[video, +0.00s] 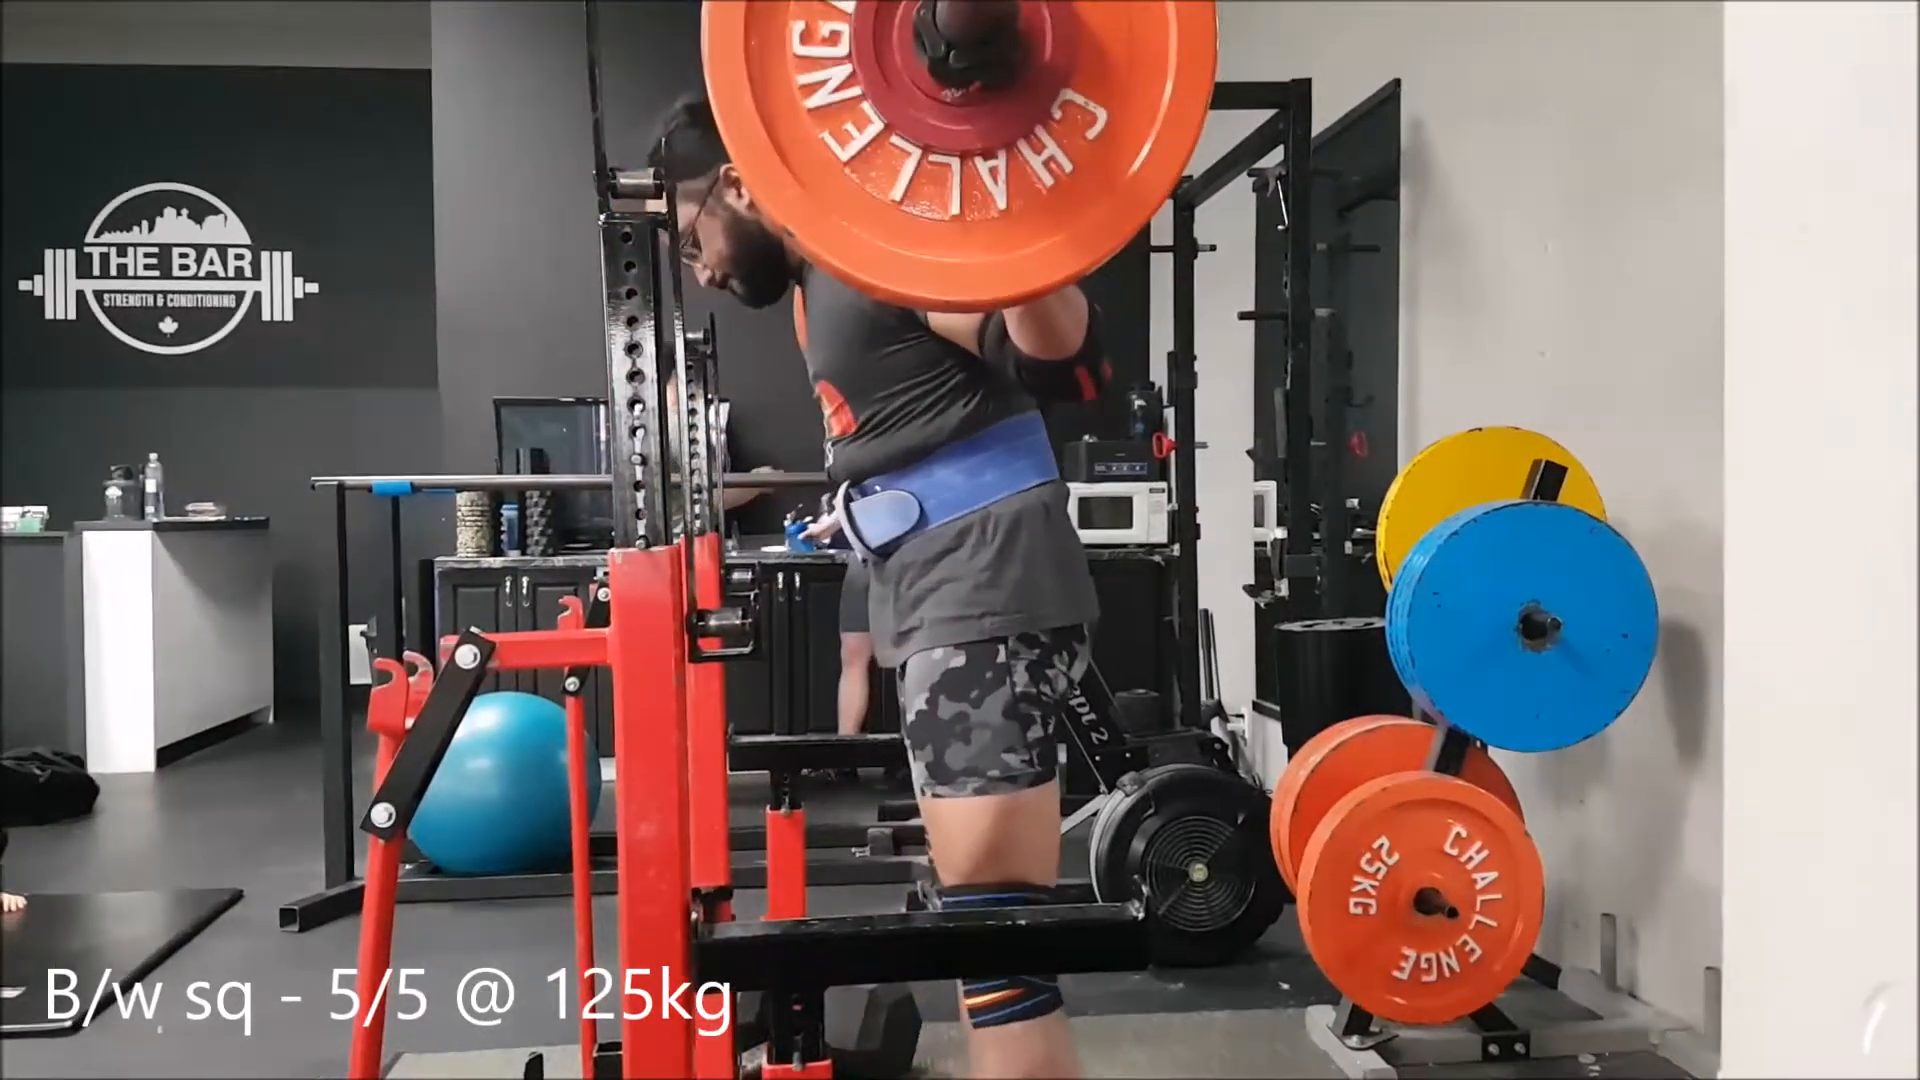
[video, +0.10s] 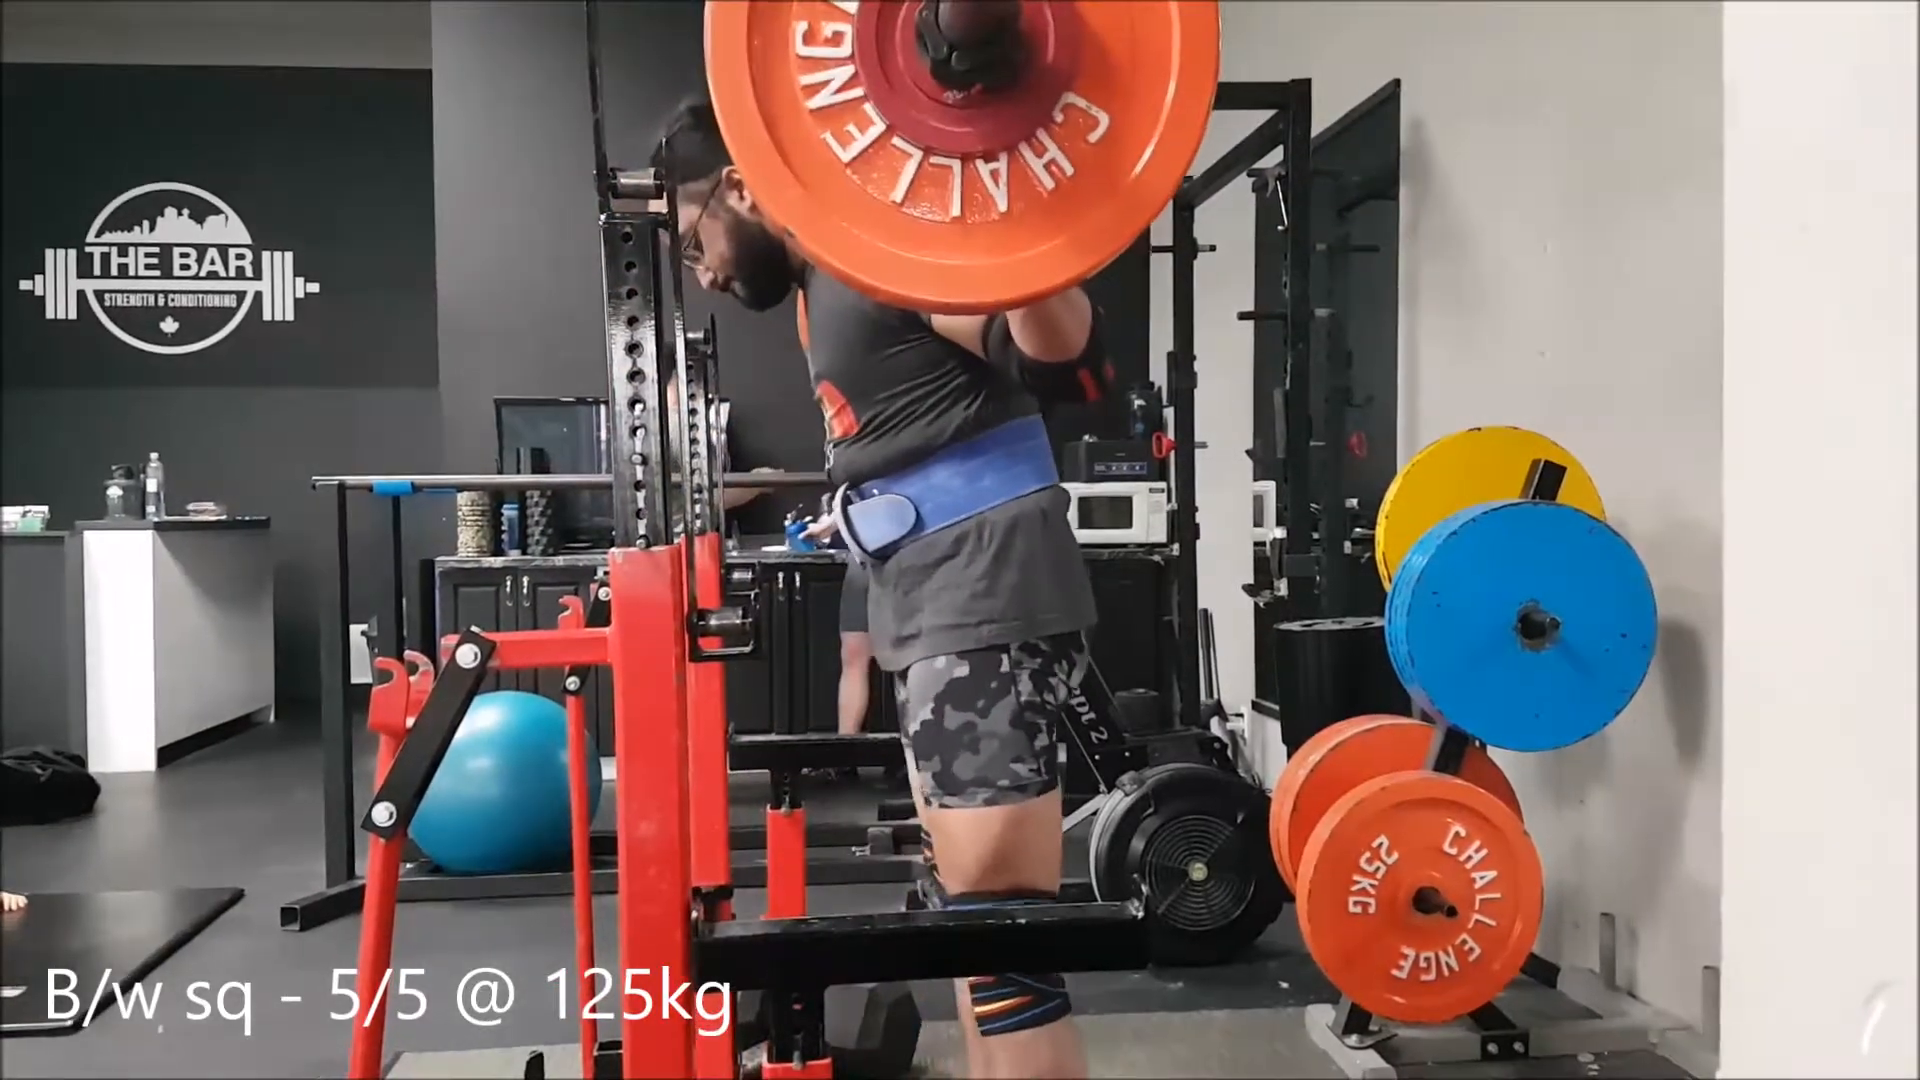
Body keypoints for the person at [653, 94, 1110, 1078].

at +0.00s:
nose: (697, 265)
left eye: (690, 228)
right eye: (682, 240)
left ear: (736, 179)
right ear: (731, 191)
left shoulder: (869, 237)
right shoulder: (818, 271)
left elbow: (1056, 332)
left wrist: (1008, 179)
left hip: (985, 568)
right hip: (932, 578)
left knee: (998, 934)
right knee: (981, 931)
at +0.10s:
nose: (700, 271)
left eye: (693, 234)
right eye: (685, 246)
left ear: (739, 182)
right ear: (735, 194)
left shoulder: (874, 242)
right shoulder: (822, 274)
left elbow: (1059, 333)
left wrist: (1013, 181)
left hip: (986, 591)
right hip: (928, 596)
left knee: (1005, 943)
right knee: (973, 936)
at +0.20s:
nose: (699, 269)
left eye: (693, 233)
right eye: (684, 243)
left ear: (740, 184)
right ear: (735, 195)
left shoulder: (877, 242)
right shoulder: (824, 278)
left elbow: (1061, 336)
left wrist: (1017, 184)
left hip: (993, 584)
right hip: (930, 593)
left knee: (1003, 941)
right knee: (972, 933)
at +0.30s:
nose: (699, 267)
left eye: (693, 230)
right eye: (684, 242)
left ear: (744, 178)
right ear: (741, 190)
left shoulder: (884, 242)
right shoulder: (826, 279)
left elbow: (1064, 336)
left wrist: (1022, 183)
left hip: (997, 580)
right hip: (936, 589)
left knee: (1002, 938)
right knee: (976, 932)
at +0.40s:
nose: (707, 268)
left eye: (700, 231)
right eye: (690, 243)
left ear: (747, 174)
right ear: (743, 185)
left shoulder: (893, 240)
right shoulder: (830, 282)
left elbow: (1073, 329)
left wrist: (1028, 180)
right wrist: (866, 497)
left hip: (1001, 585)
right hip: (938, 594)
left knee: (1011, 935)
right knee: (982, 928)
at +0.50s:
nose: (711, 267)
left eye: (704, 234)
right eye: (694, 246)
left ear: (752, 171)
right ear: (745, 181)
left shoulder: (900, 239)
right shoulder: (835, 282)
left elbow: (1081, 327)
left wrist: (1043, 179)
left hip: (1006, 604)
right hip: (943, 609)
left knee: (1017, 942)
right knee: (983, 934)